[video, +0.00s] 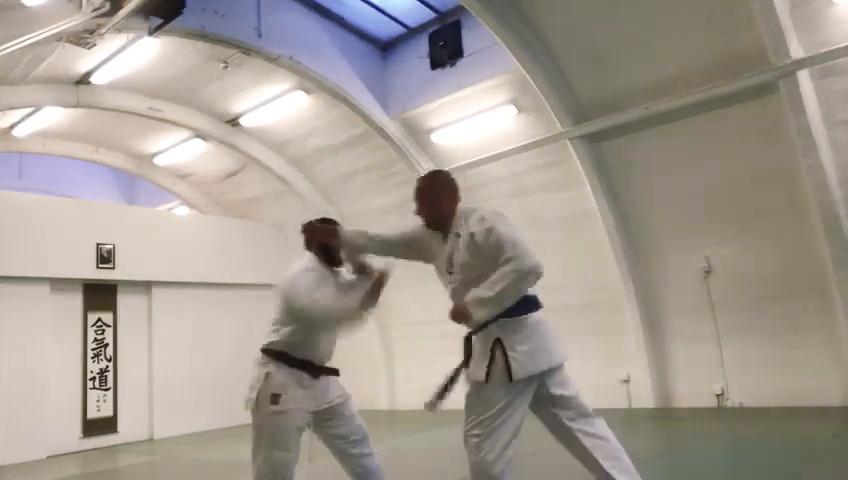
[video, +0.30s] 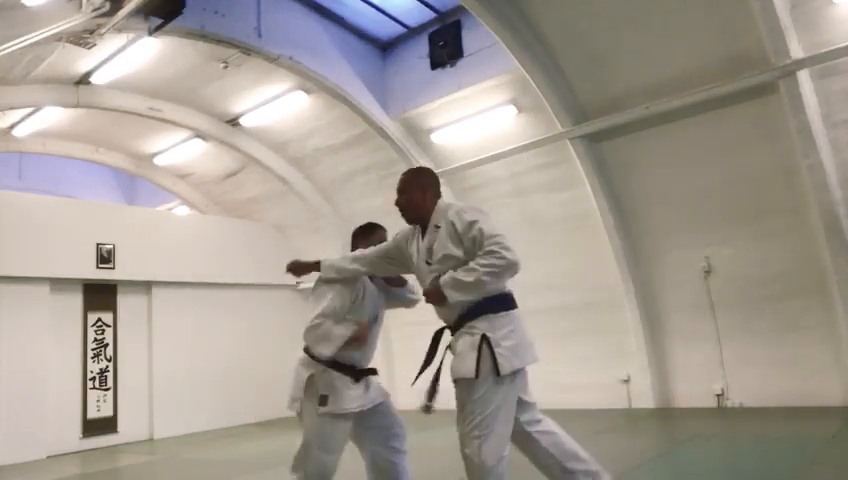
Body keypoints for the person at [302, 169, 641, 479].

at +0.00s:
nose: (417, 208)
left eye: (421, 200)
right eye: (416, 201)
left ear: (442, 199)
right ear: (442, 198)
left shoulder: (485, 224)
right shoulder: (432, 240)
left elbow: (527, 265)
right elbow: (381, 243)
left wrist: (473, 305)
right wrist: (335, 233)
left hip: (507, 344)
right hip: (526, 337)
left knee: (483, 447)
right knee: (578, 424)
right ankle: (626, 476)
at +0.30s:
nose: (395, 200)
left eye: (401, 192)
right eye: (396, 193)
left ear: (424, 192)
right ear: (420, 195)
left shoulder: (460, 217)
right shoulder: (411, 240)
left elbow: (504, 258)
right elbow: (369, 260)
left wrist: (448, 285)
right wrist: (315, 266)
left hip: (489, 335)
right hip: (477, 337)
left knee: (480, 447)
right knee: (527, 424)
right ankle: (590, 475)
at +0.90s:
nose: (434, 196)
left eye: (441, 189)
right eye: (435, 190)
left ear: (464, 193)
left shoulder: (489, 223)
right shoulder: (443, 239)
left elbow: (495, 264)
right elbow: (401, 264)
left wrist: (441, 257)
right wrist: (337, 268)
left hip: (497, 339)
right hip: (480, 339)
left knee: (480, 440)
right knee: (513, 438)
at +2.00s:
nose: (391, 337)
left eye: (385, 329)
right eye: (383, 333)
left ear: (394, 307)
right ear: (395, 304)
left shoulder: (438, 299)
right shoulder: (426, 306)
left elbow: (504, 336)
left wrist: (497, 374)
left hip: (527, 338)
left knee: (498, 439)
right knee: (528, 434)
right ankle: (543, 477)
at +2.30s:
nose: (390, 354)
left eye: (383, 349)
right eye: (383, 352)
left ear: (386, 327)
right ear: (385, 325)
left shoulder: (427, 309)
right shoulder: (420, 315)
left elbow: (496, 337)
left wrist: (492, 376)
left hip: (520, 342)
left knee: (495, 439)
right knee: (533, 432)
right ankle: (547, 475)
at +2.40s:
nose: (387, 351)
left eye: (381, 346)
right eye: (380, 349)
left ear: (383, 325)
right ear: (382, 322)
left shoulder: (423, 307)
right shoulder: (415, 312)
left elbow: (492, 337)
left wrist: (488, 374)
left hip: (517, 341)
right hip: (529, 332)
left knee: (492, 439)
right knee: (534, 431)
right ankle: (547, 476)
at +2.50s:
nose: (380, 346)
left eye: (373, 341)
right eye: (373, 344)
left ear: (377, 320)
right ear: (378, 317)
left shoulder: (418, 303)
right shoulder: (412, 309)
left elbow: (488, 337)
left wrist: (483, 372)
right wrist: (482, 368)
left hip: (513, 341)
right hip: (527, 332)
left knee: (487, 439)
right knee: (533, 432)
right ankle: (548, 477)